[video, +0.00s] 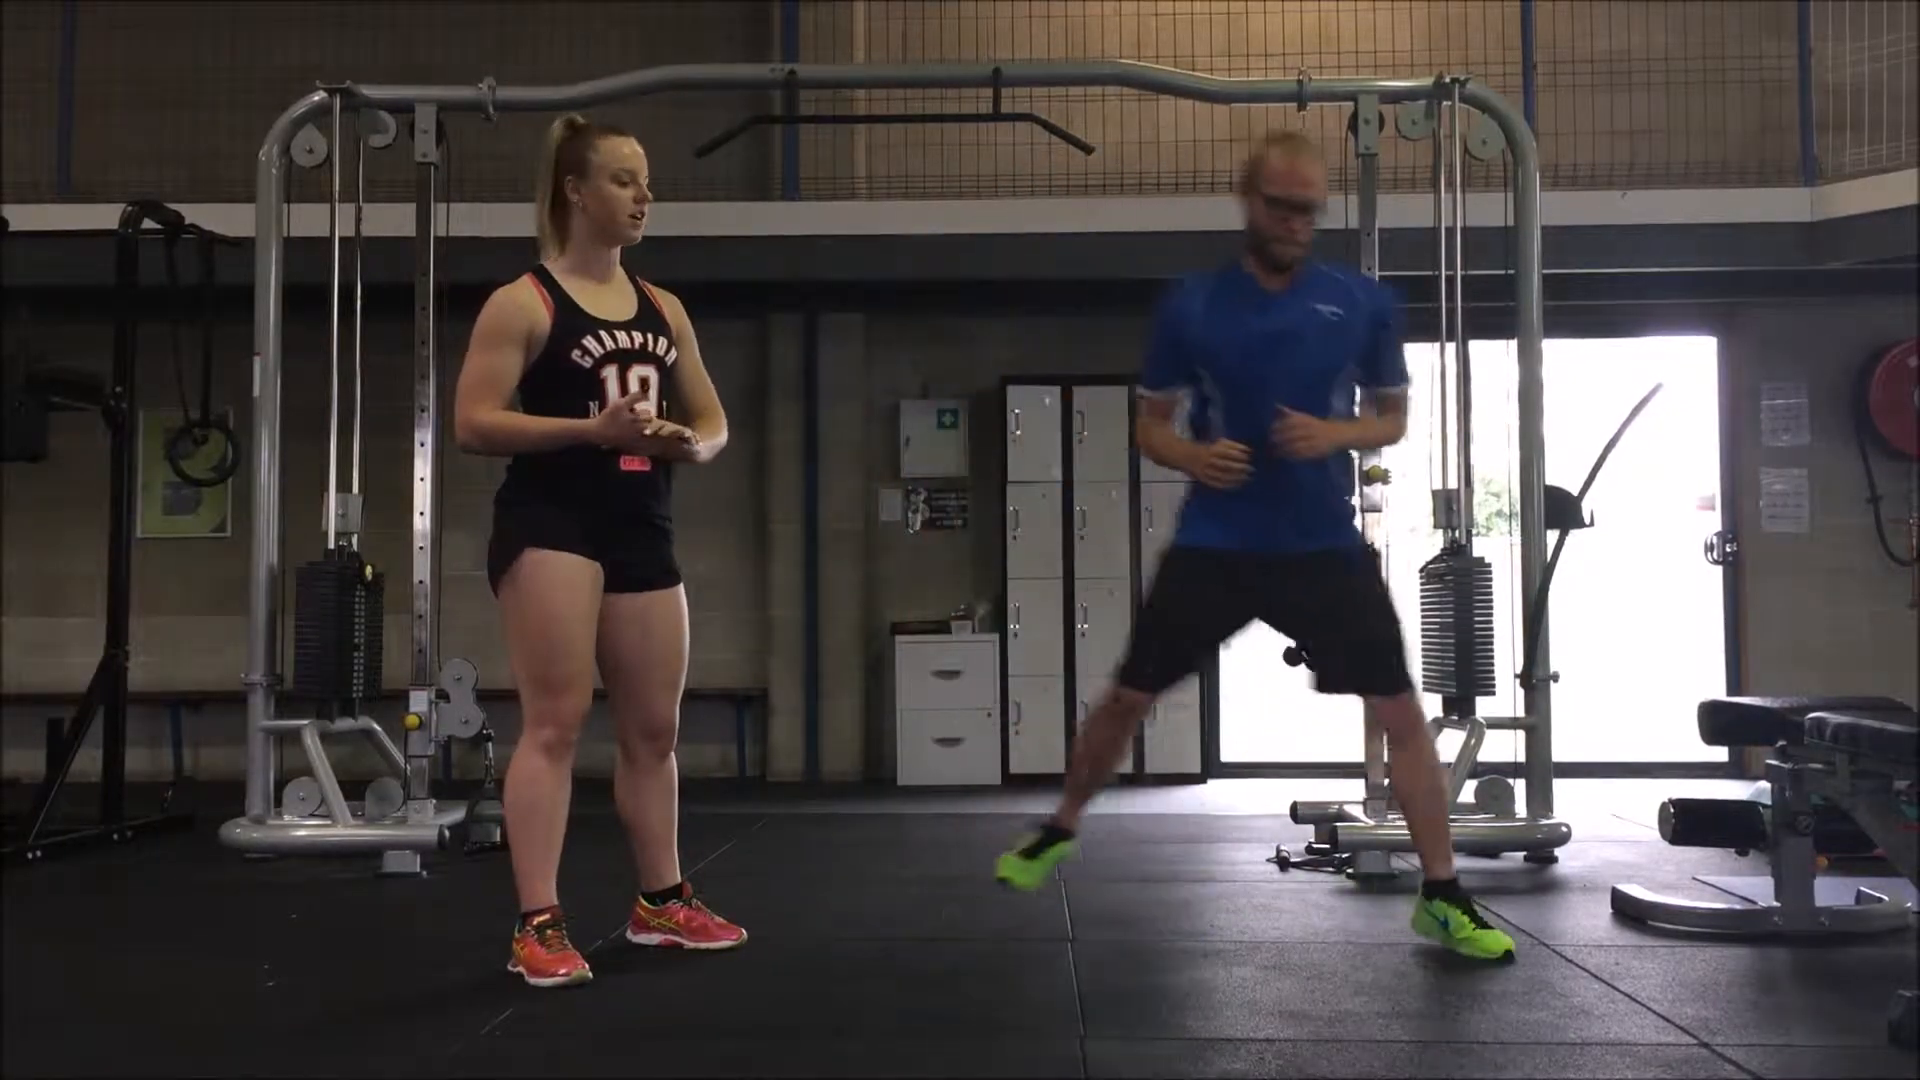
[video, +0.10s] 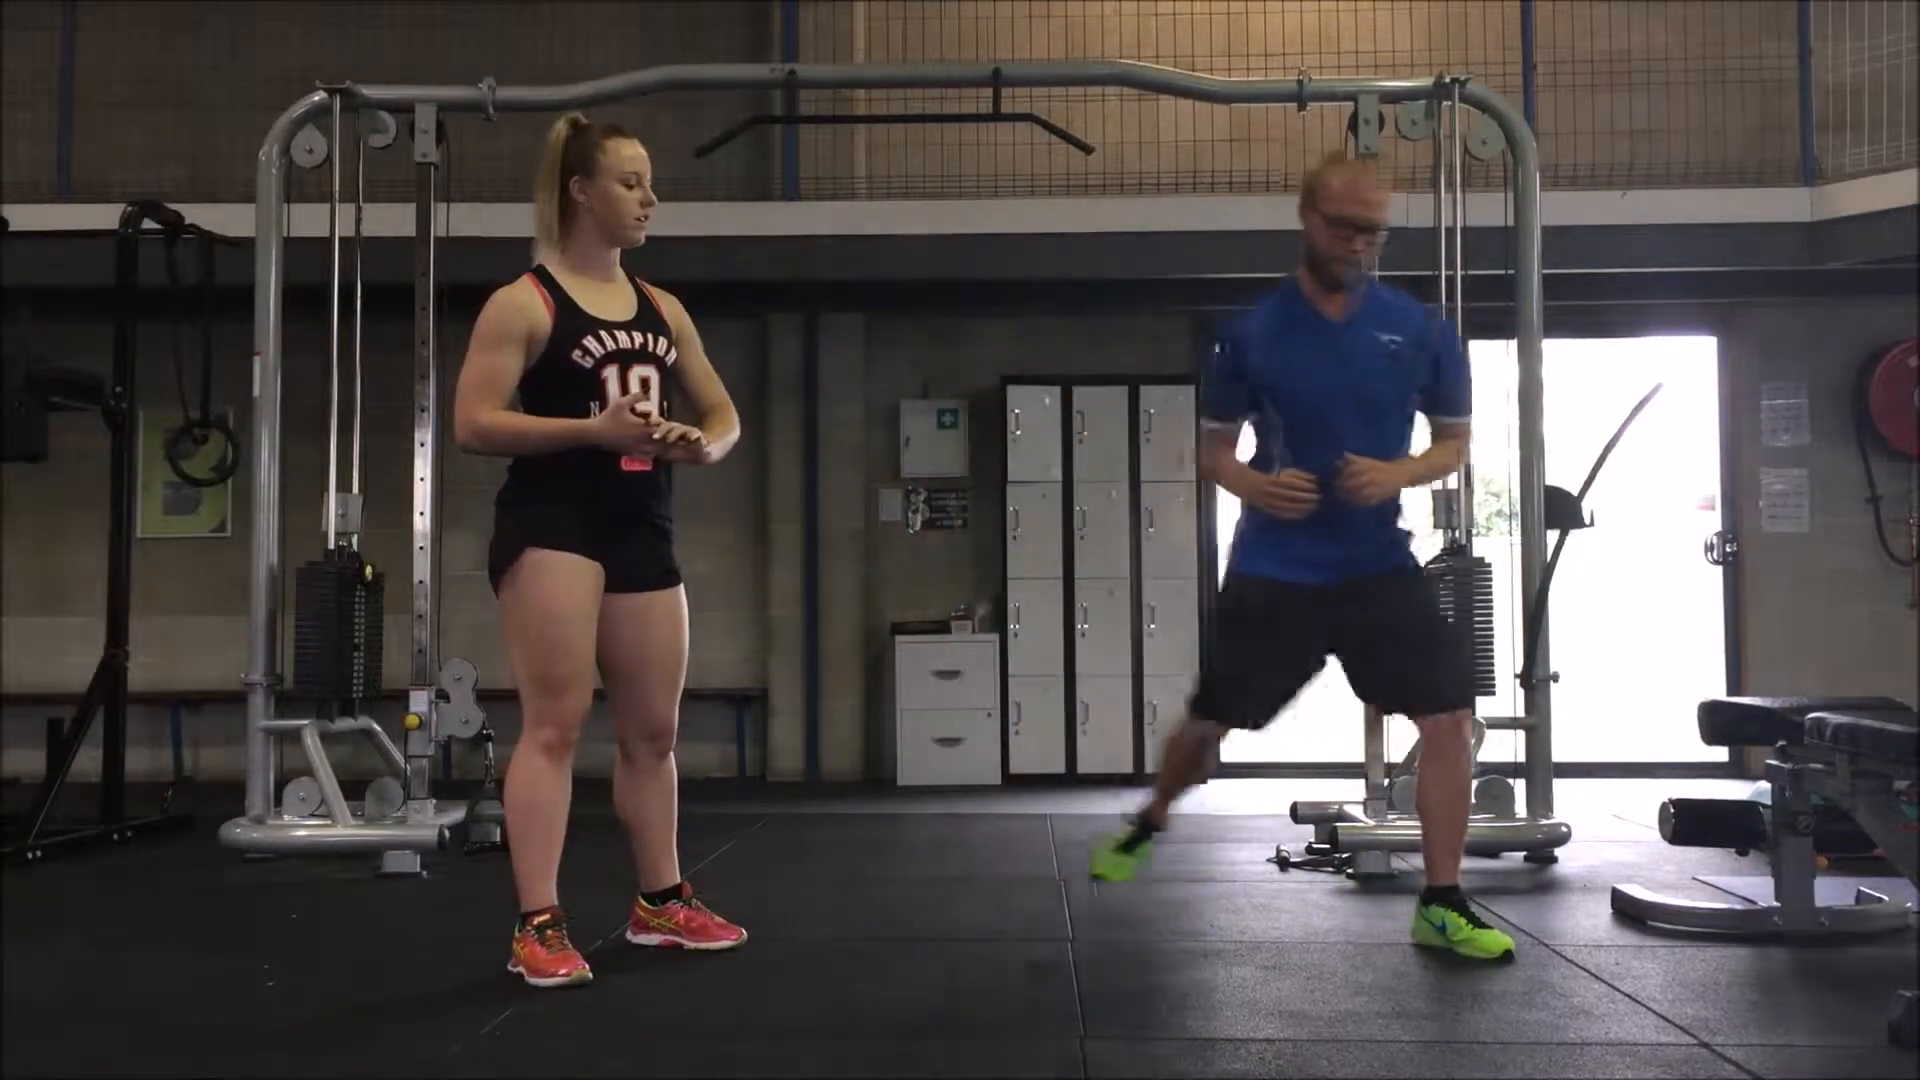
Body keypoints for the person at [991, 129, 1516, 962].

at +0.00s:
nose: (1294, 221)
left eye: (1308, 208)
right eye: (1279, 205)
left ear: (1325, 209)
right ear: (1245, 201)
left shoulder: (1364, 304)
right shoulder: (1193, 304)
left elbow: (1391, 419)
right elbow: (1148, 424)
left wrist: (1336, 432)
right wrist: (1192, 455)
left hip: (1325, 551)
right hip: (1215, 547)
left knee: (1401, 711)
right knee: (1130, 694)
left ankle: (1441, 891)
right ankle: (1061, 827)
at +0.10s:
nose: (1359, 244)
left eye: (1373, 230)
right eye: (1343, 227)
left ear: (1386, 229)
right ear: (1304, 218)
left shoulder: (1421, 330)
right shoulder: (1253, 334)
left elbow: (1452, 446)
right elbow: (1212, 454)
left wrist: (1399, 474)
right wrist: (1254, 484)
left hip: (1379, 570)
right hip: (1274, 572)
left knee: (1448, 710)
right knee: (1210, 719)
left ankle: (1443, 902)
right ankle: (1148, 823)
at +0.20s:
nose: (1397, 240)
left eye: (1411, 226)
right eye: (1381, 224)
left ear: (1425, 227)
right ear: (1344, 217)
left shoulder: (1460, 326)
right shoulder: (1286, 323)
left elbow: (1484, 440)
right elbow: (1250, 452)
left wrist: (1444, 482)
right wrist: (1303, 486)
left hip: (1416, 565)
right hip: (1308, 566)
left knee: (1456, 714)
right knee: (1274, 722)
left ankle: (1444, 901)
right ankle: (1231, 824)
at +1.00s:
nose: (1313, 263)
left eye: (1332, 249)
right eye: (1302, 246)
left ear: (1368, 248)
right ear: (1288, 242)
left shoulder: (1417, 350)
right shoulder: (1244, 341)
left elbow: (1453, 472)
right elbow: (1194, 452)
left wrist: (1363, 480)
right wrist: (1245, 487)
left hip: (1366, 573)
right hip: (1258, 570)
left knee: (1445, 721)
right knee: (1192, 708)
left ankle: (1447, 900)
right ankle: (1158, 861)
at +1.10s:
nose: (1240, 215)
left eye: (1256, 200)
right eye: (1227, 199)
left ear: (1289, 196)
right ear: (1210, 193)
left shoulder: (1345, 290)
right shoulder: (1170, 295)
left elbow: (1380, 406)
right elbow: (1128, 409)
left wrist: (1299, 398)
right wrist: (1181, 424)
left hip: (1303, 541)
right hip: (1189, 538)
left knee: (1374, 700)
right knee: (1116, 680)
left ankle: (1445, 876)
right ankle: (1057, 851)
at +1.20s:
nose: (1167, 197)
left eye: (1181, 181)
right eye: (1153, 182)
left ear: (1210, 178)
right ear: (1133, 183)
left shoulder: (1266, 271)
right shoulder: (1093, 283)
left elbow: (1302, 392)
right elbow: (1057, 401)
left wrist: (1227, 382)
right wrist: (1113, 408)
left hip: (1232, 526)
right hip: (1120, 529)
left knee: (1317, 679)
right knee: (1050, 691)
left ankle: (1379, 846)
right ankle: (983, 867)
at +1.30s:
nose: (1101, 215)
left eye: (1117, 200)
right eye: (1087, 200)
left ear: (1145, 202)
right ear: (1066, 203)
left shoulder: (1196, 299)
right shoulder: (1024, 307)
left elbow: (1228, 420)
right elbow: (983, 428)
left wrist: (1163, 419)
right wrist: (1048, 439)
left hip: (1161, 548)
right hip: (1054, 554)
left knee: (1254, 687)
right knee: (1002, 717)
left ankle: (1284, 833)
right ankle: (963, 893)